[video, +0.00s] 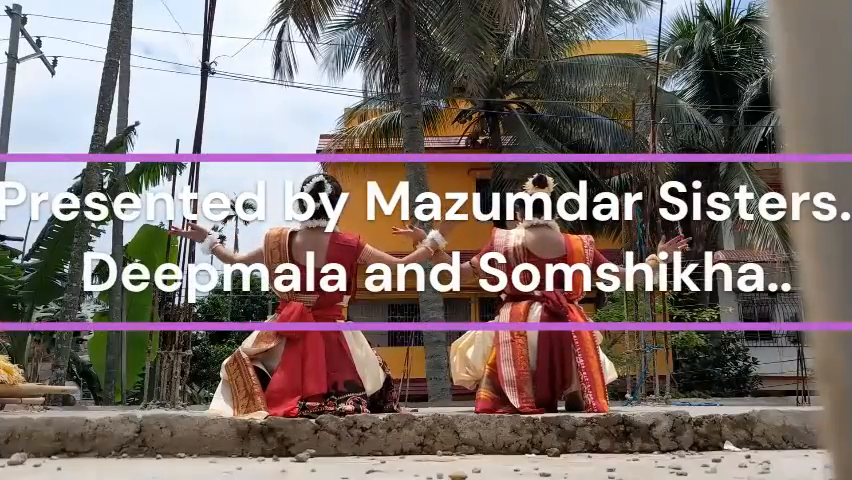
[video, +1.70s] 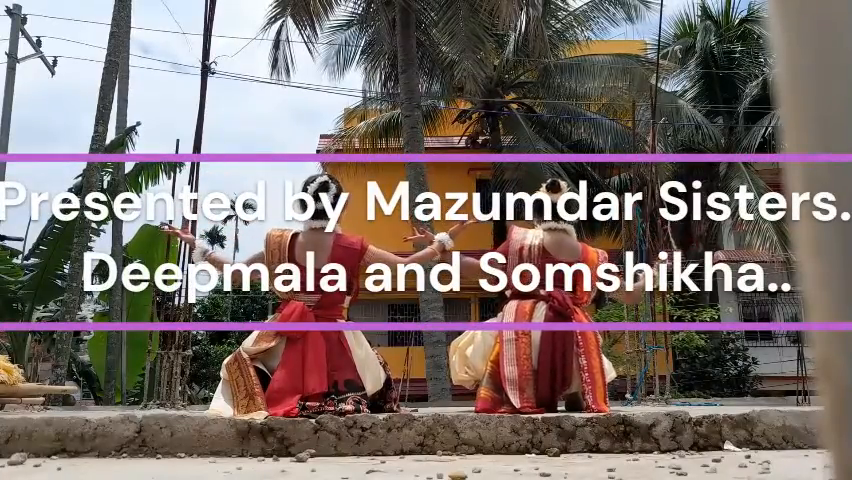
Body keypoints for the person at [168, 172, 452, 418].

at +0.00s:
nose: (333, 209)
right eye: (335, 203)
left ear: (300, 205)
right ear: (335, 206)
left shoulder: (277, 241)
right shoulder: (348, 245)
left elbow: (234, 259)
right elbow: (400, 264)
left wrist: (205, 237)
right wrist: (430, 247)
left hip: (288, 345)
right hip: (335, 345)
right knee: (379, 387)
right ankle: (343, 401)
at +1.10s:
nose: (337, 207)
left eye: (318, 201)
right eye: (337, 201)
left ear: (300, 204)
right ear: (337, 207)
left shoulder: (276, 245)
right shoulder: (349, 248)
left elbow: (246, 280)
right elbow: (402, 267)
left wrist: (200, 256)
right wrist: (431, 247)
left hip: (289, 350)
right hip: (336, 349)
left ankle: (289, 392)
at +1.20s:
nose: (334, 207)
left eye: (315, 200)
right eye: (336, 201)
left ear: (300, 203)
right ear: (337, 206)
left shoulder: (275, 244)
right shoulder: (348, 248)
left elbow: (247, 281)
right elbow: (402, 267)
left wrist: (200, 256)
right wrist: (431, 248)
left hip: (288, 350)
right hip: (336, 350)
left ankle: (290, 392)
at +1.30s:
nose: (338, 207)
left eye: (331, 201)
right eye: (338, 202)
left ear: (300, 205)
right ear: (337, 206)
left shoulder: (276, 244)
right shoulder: (349, 247)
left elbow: (241, 280)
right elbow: (402, 265)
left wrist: (200, 254)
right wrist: (432, 246)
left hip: (287, 343)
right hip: (333, 344)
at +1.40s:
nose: (340, 206)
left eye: (333, 201)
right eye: (340, 202)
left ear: (300, 204)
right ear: (337, 206)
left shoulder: (275, 244)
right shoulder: (348, 247)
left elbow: (241, 280)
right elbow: (403, 264)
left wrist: (200, 254)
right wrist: (431, 245)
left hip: (288, 350)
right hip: (335, 350)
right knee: (376, 389)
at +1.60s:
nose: (338, 206)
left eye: (317, 200)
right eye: (338, 201)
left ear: (300, 203)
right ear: (336, 206)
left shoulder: (276, 245)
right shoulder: (349, 247)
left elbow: (236, 278)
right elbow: (404, 264)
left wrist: (199, 252)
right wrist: (435, 246)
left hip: (289, 349)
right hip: (335, 349)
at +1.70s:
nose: (333, 207)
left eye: (315, 201)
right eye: (336, 201)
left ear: (301, 204)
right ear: (338, 207)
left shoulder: (277, 245)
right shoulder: (353, 248)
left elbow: (235, 273)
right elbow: (407, 265)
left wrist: (195, 245)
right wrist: (440, 245)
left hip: (288, 348)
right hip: (336, 348)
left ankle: (287, 394)